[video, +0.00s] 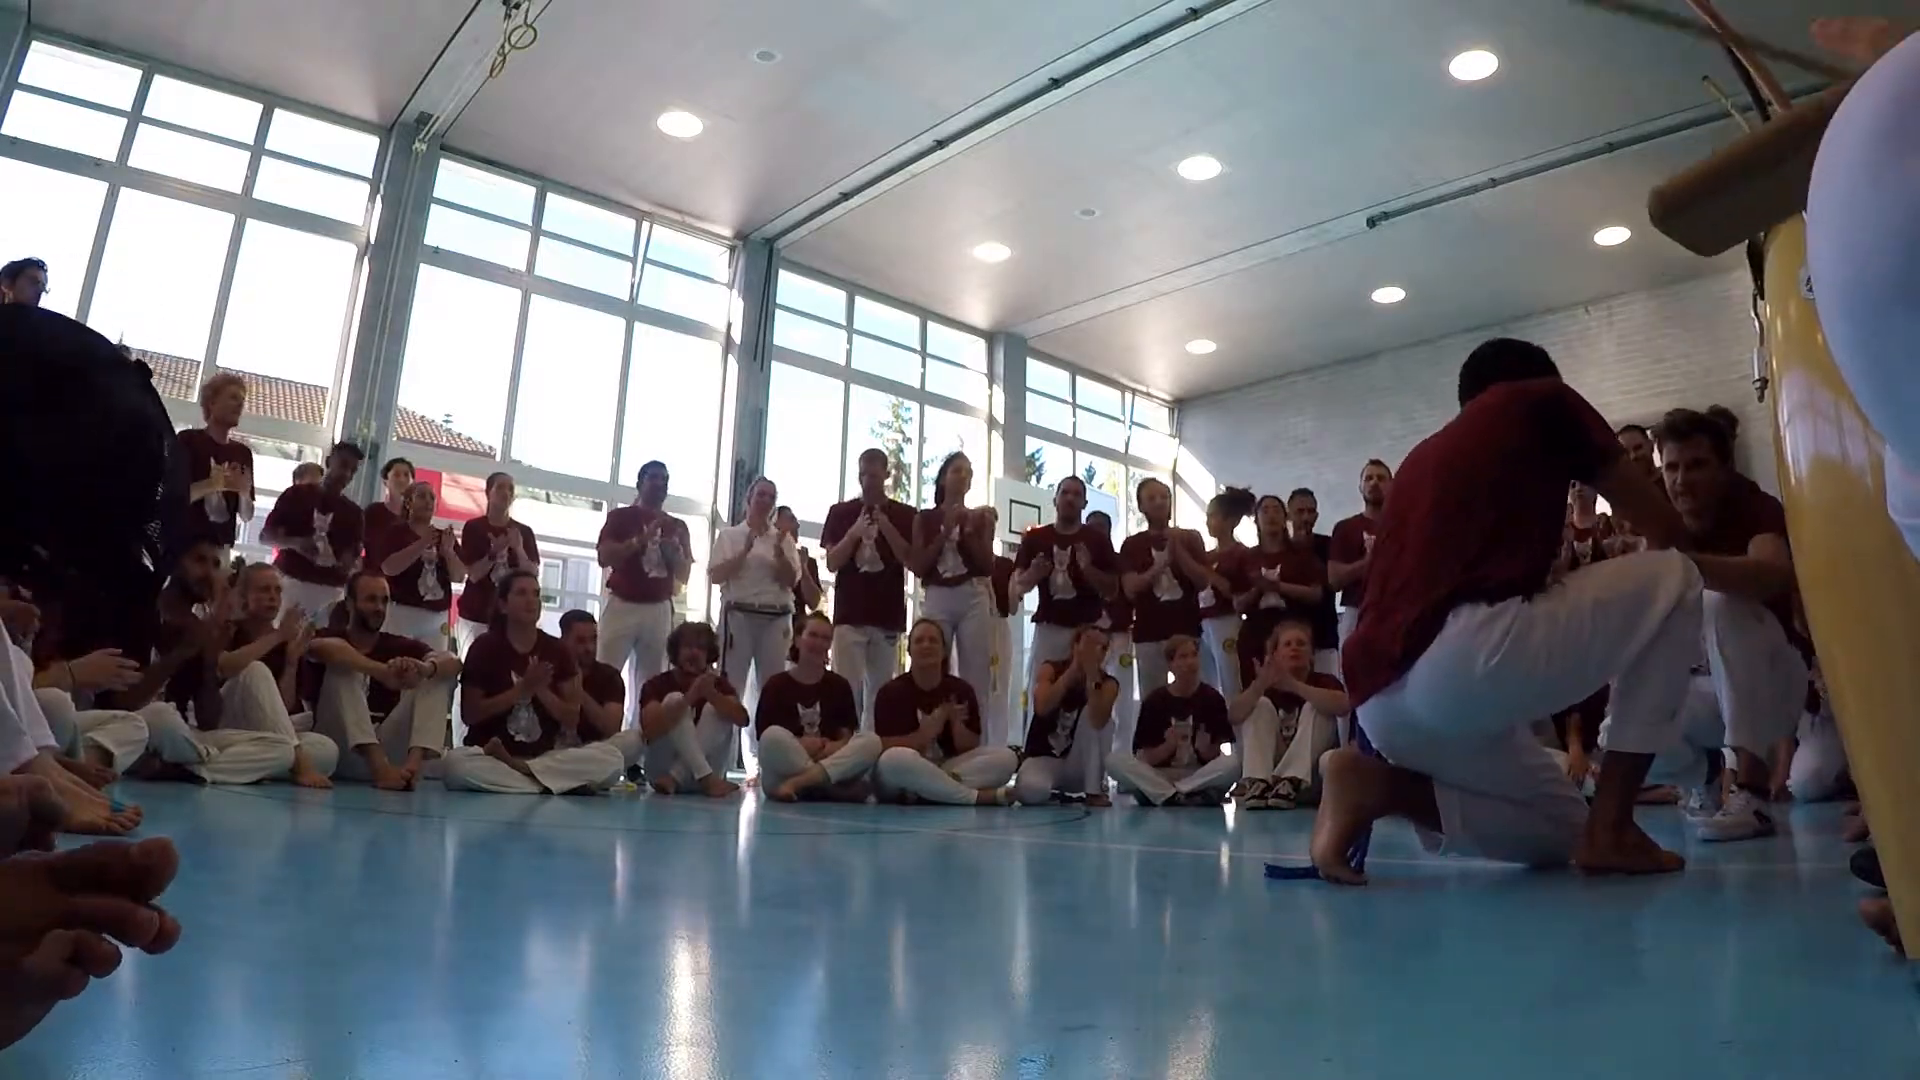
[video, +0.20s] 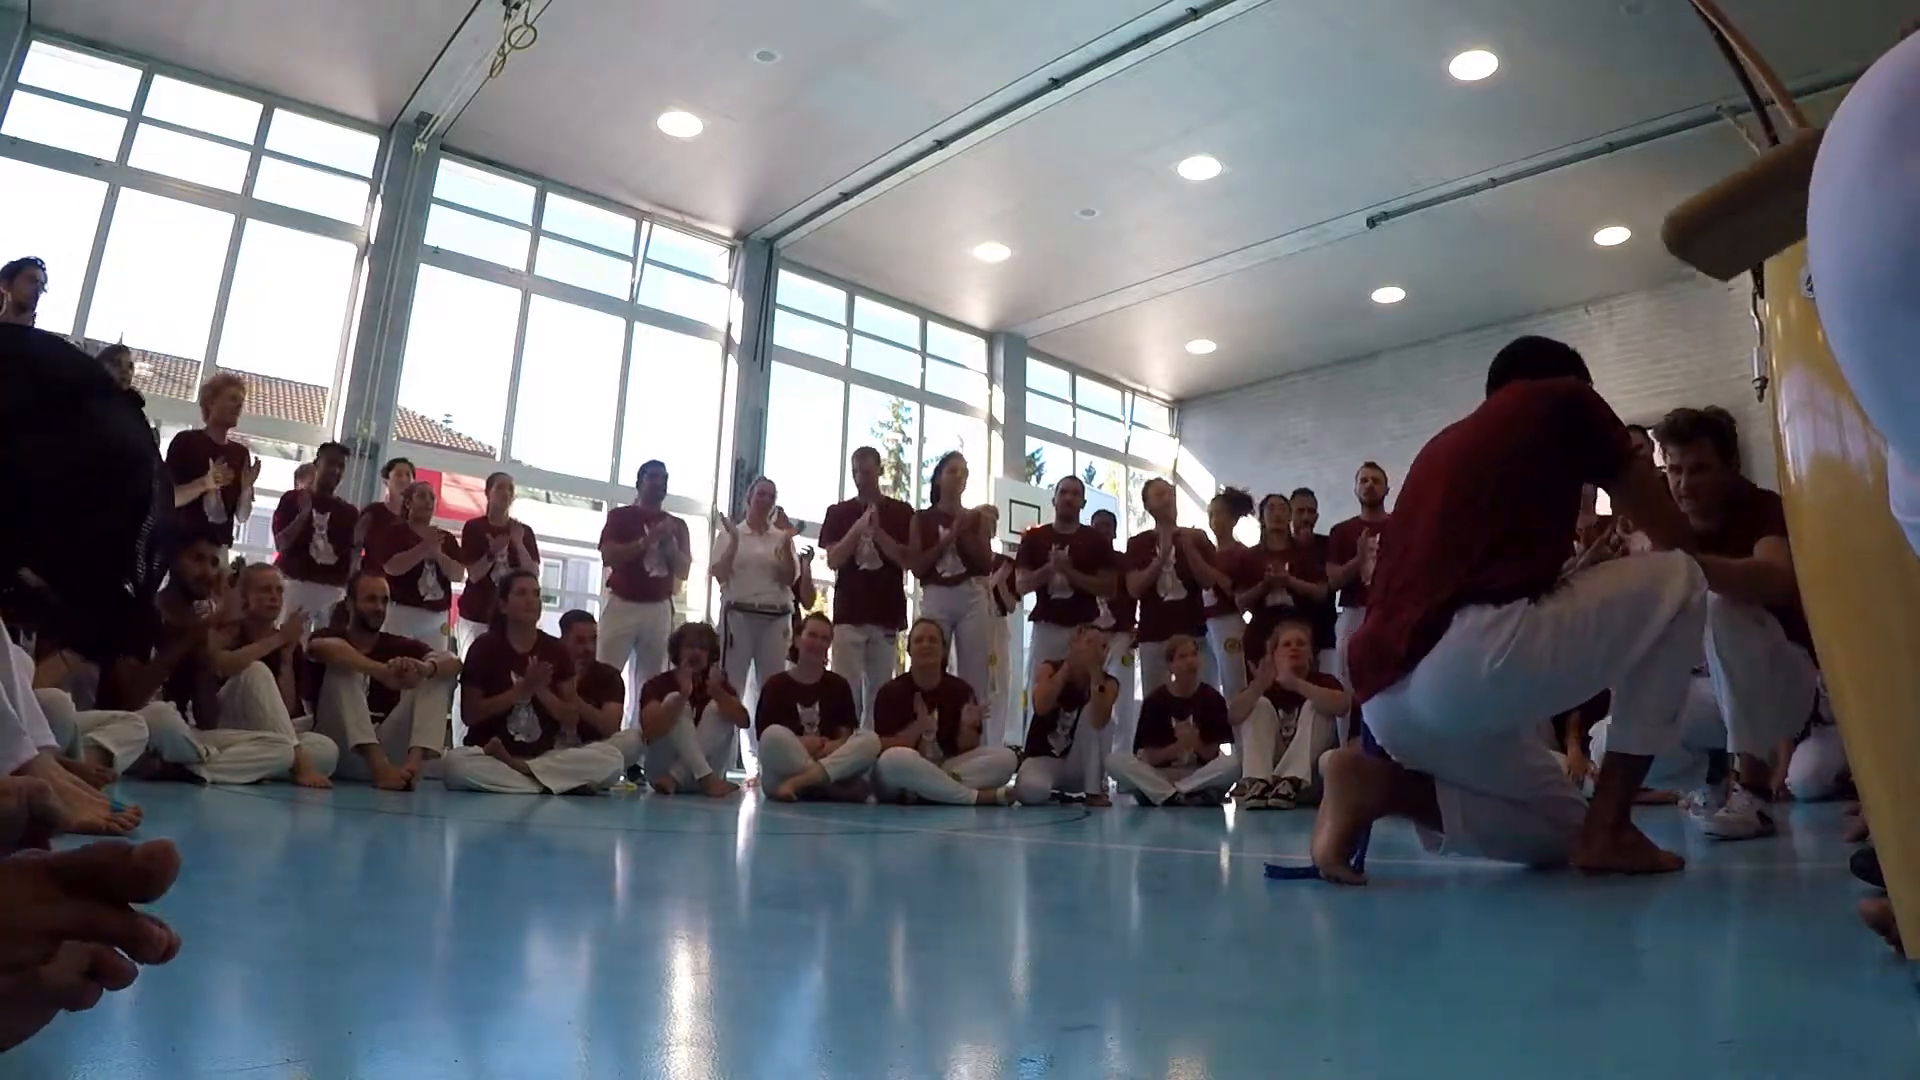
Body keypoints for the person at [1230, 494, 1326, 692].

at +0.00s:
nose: (1271, 514)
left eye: (1276, 509)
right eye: (1265, 510)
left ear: (1285, 517)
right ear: (1256, 520)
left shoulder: (1302, 554)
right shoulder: (1246, 558)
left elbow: (1316, 594)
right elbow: (1238, 605)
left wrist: (1277, 586)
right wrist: (1259, 587)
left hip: (1295, 630)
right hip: (1255, 631)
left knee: (1296, 696)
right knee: (1258, 699)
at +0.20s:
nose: (1277, 512)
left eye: (1283, 507)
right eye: (1271, 508)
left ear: (1290, 516)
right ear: (1262, 517)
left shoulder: (1305, 553)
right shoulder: (1249, 556)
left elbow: (1321, 592)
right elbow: (1241, 603)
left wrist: (1289, 582)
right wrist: (1265, 585)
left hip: (1300, 627)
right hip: (1261, 629)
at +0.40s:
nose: (1287, 512)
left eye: (1292, 507)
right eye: (1281, 508)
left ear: (1298, 514)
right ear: (1269, 517)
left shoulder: (1314, 552)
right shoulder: (1256, 555)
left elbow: (1328, 592)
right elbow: (1247, 599)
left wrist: (1302, 580)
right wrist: (1277, 585)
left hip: (1312, 632)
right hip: (1270, 633)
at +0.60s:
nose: (1292, 511)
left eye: (1296, 507)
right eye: (1285, 507)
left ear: (1303, 514)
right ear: (1274, 517)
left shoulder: (1317, 551)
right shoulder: (1262, 554)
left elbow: (1330, 594)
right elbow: (1252, 597)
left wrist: (1307, 581)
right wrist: (1283, 586)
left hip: (1315, 629)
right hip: (1275, 630)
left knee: (1315, 690)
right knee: (1276, 690)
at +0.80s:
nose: (1293, 509)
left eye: (1297, 505)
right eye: (1286, 505)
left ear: (1305, 513)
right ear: (1276, 517)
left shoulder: (1322, 548)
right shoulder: (1265, 552)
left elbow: (1335, 591)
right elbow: (1254, 598)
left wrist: (1311, 572)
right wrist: (1271, 592)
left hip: (1317, 622)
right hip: (1277, 623)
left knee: (1317, 685)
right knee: (1278, 686)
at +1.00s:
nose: (1291, 509)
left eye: (1296, 506)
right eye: (1284, 505)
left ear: (1304, 515)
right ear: (1274, 517)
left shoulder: (1321, 550)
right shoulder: (1263, 554)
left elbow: (1332, 592)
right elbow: (1254, 600)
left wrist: (1302, 580)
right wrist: (1280, 584)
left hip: (1316, 628)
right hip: (1275, 630)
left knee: (1316, 688)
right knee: (1277, 689)